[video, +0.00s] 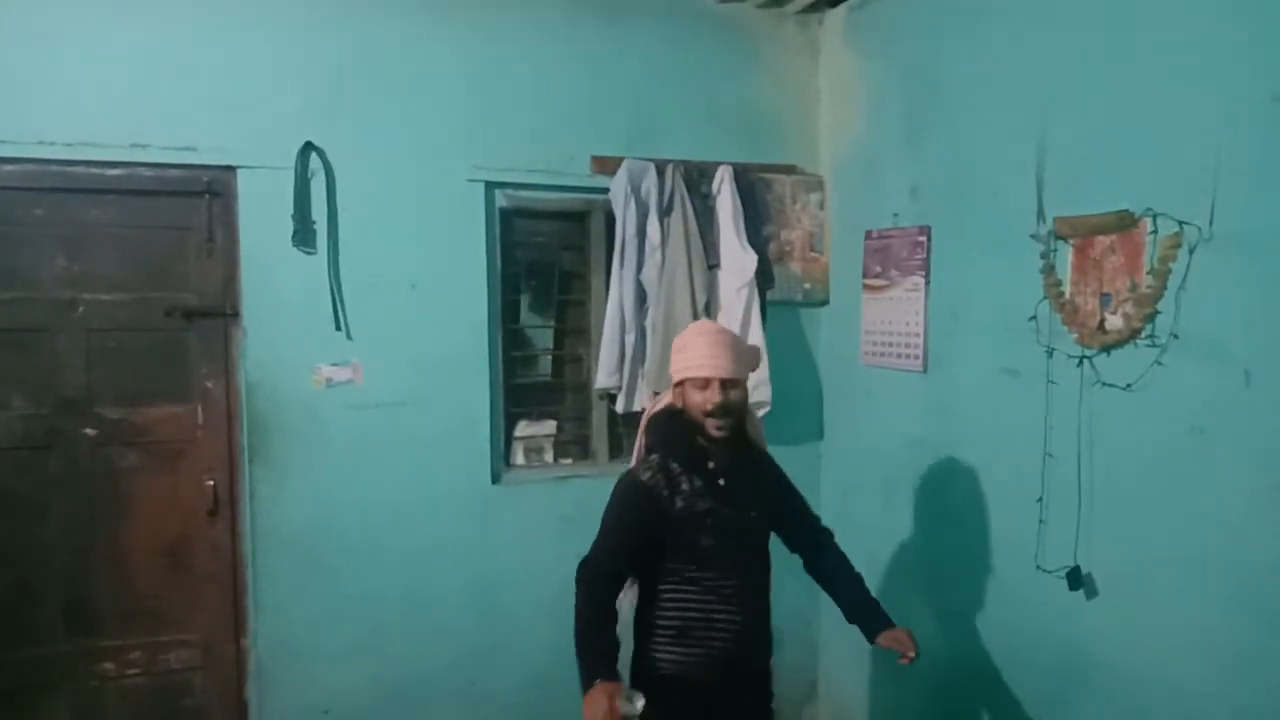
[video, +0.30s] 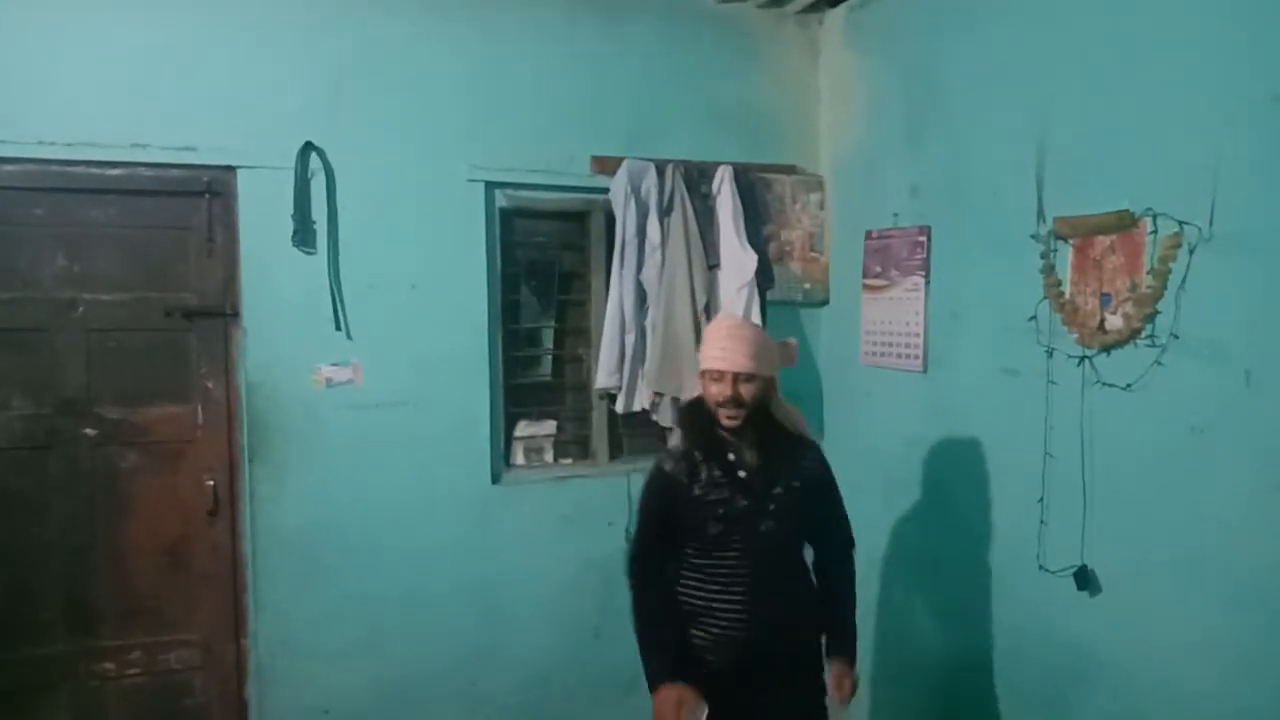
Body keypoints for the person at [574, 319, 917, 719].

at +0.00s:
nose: (718, 399)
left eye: (730, 385)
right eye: (702, 385)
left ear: (746, 391)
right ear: (678, 392)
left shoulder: (757, 471)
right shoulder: (649, 481)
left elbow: (815, 545)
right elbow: (597, 579)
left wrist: (876, 623)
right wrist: (601, 679)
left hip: (746, 683)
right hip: (670, 686)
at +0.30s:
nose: (728, 393)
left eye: (744, 380)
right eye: (715, 379)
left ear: (768, 383)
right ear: (700, 381)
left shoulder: (801, 458)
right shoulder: (677, 463)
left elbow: (834, 551)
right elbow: (648, 569)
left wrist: (841, 652)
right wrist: (664, 678)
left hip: (785, 659)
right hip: (701, 663)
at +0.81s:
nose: (759, 386)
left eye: (775, 373)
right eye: (750, 371)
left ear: (802, 378)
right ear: (739, 372)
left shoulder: (842, 445)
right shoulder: (732, 437)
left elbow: (853, 521)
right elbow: (683, 518)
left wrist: (785, 503)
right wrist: (679, 499)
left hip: (824, 625)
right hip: (749, 621)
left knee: (828, 711)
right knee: (727, 709)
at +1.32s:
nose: (746, 389)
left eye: (758, 379)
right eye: (738, 378)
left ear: (786, 377)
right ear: (729, 375)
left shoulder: (821, 437)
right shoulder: (726, 430)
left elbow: (798, 483)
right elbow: (678, 479)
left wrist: (748, 475)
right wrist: (659, 462)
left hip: (790, 606)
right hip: (726, 601)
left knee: (778, 707)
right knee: (725, 705)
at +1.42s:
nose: (742, 376)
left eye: (755, 366)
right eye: (735, 364)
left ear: (779, 371)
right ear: (726, 365)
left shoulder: (815, 433)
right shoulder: (720, 426)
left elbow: (805, 491)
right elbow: (671, 487)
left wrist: (743, 477)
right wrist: (654, 470)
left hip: (793, 601)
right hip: (731, 598)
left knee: (770, 708)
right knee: (731, 709)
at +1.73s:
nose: (702, 387)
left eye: (716, 375)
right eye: (695, 374)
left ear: (746, 377)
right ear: (688, 375)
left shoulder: (785, 436)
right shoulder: (708, 434)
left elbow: (800, 540)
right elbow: (695, 512)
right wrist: (670, 583)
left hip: (795, 598)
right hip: (743, 594)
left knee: (780, 709)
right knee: (754, 707)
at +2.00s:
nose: (704, 374)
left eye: (717, 364)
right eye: (697, 362)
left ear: (745, 368)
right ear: (688, 363)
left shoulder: (778, 433)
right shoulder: (707, 425)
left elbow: (805, 538)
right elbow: (719, 509)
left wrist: (761, 614)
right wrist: (706, 588)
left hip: (757, 602)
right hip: (715, 592)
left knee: (694, 710)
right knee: (744, 709)